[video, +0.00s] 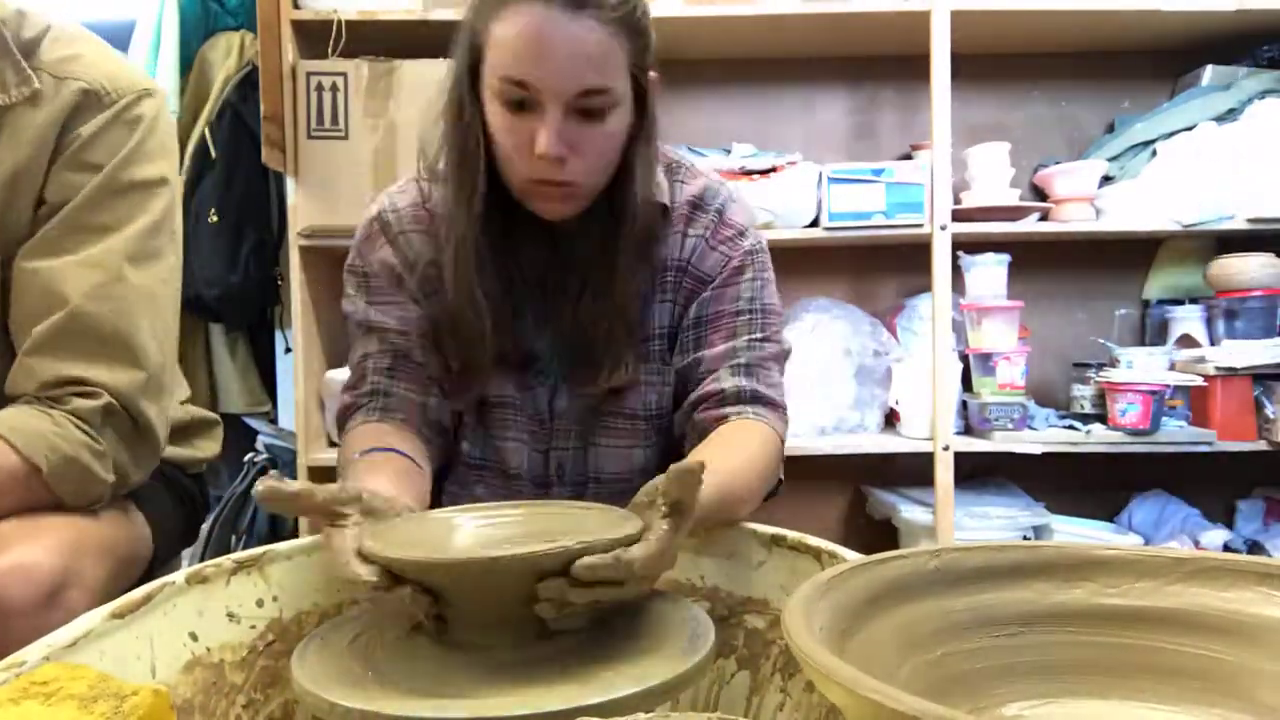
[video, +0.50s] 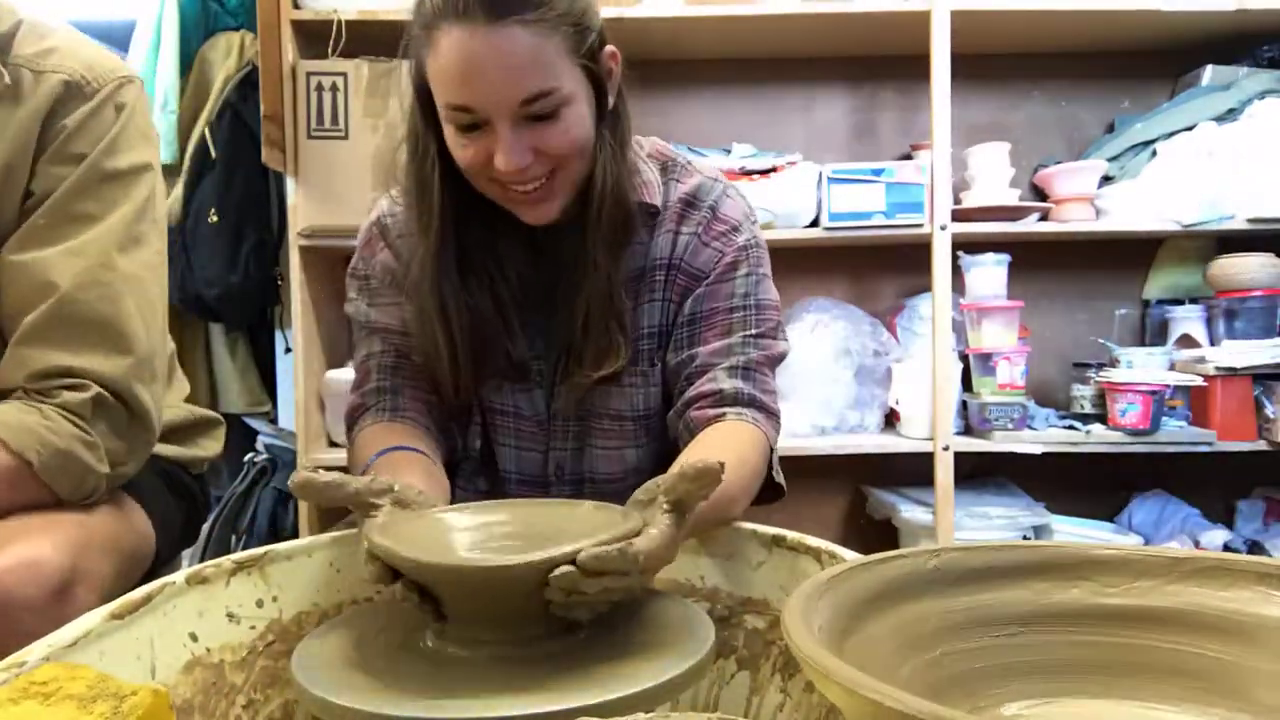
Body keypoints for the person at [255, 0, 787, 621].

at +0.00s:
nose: (551, 146)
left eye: (591, 110)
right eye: (519, 103)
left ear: (640, 98)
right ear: (475, 95)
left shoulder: (708, 230)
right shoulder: (408, 230)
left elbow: (747, 417)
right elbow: (390, 411)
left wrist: (680, 505)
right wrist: (377, 501)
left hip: (643, 599)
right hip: (451, 596)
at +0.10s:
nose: (480, 130)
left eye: (508, 83)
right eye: (443, 101)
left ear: (574, 69)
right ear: (416, 109)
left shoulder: (687, 224)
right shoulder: (395, 248)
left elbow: (728, 405)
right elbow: (387, 417)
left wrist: (687, 506)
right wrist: (383, 509)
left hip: (642, 605)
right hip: (462, 613)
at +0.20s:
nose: (499, 158)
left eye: (528, 111)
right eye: (458, 125)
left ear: (591, 79)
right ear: (426, 119)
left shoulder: (698, 225)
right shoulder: (396, 246)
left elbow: (736, 409)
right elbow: (387, 405)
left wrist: (676, 510)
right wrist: (409, 506)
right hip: (468, 604)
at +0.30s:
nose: (507, 166)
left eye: (536, 120)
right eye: (465, 133)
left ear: (597, 84)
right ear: (431, 121)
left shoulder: (702, 226)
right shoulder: (399, 245)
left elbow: (738, 412)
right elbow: (388, 407)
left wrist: (680, 509)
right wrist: (406, 505)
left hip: (651, 597)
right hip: (468, 602)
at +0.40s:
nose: (512, 160)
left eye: (544, 114)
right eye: (472, 125)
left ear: (606, 83)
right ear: (437, 115)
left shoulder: (707, 225)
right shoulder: (404, 238)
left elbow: (740, 412)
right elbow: (390, 405)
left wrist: (678, 510)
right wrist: (410, 503)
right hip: (470, 602)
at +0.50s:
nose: (510, 160)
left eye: (541, 113)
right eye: (469, 125)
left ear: (605, 80)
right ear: (433, 114)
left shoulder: (705, 224)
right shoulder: (404, 240)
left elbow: (736, 411)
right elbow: (391, 405)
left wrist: (675, 506)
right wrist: (415, 497)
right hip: (471, 600)